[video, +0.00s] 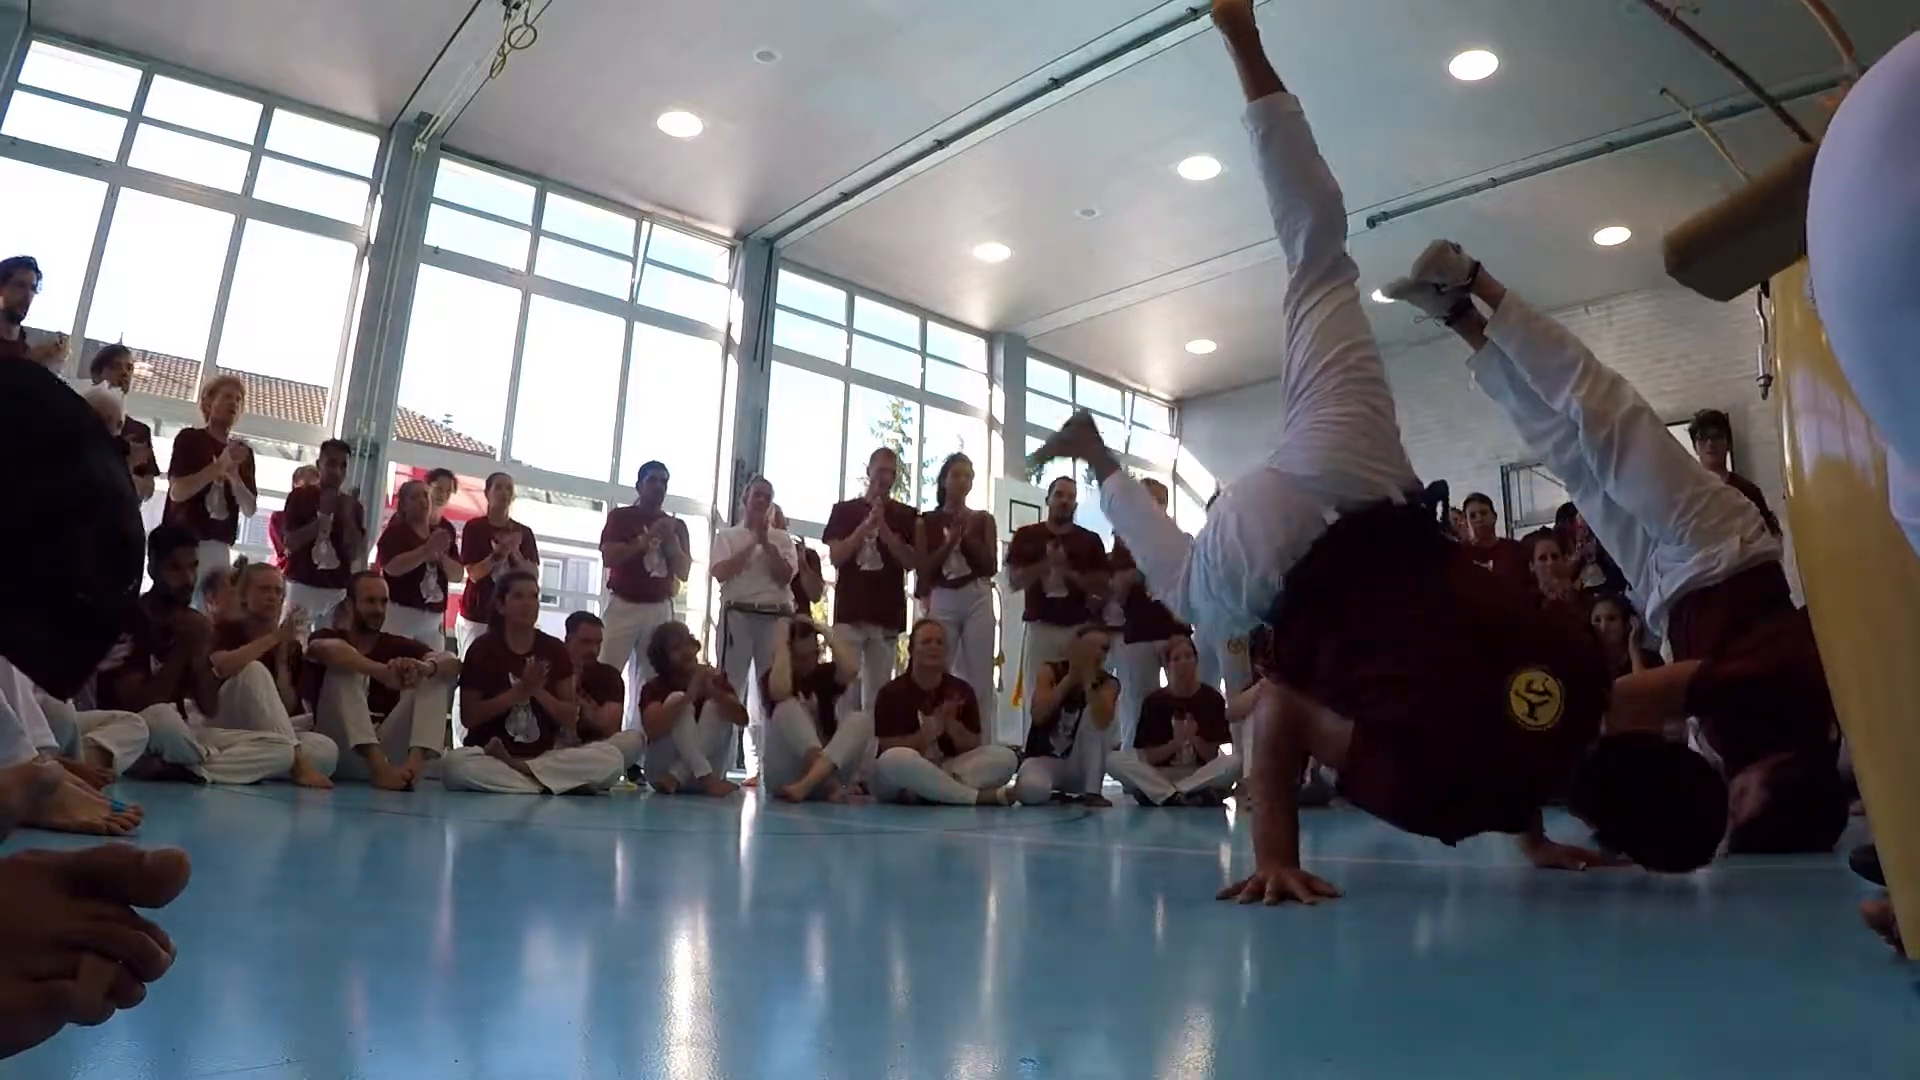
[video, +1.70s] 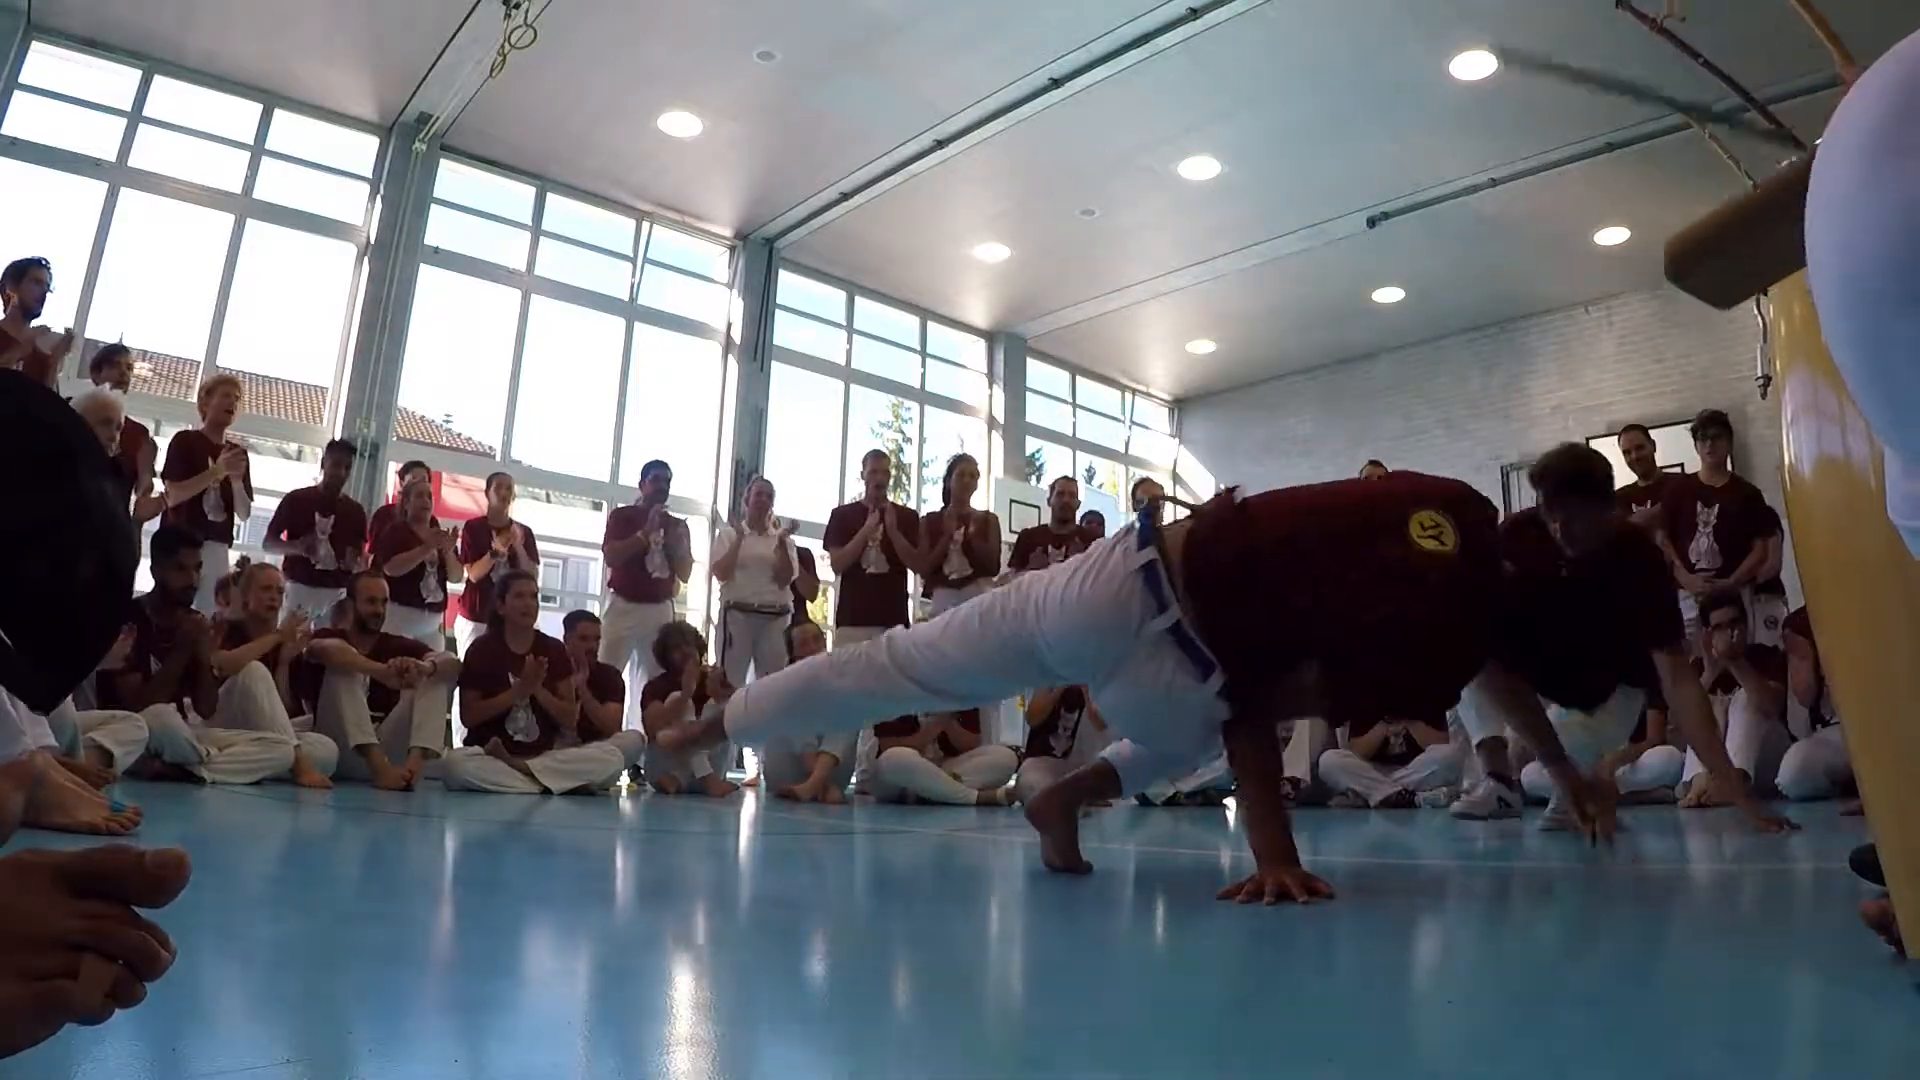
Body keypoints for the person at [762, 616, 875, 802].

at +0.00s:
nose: (810, 662)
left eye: (814, 654)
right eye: (802, 657)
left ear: (819, 651)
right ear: (789, 655)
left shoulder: (825, 675)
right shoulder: (772, 678)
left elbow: (850, 669)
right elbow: (781, 693)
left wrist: (825, 630)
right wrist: (782, 642)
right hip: (785, 778)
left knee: (860, 720)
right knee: (788, 708)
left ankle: (806, 784)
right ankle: (831, 784)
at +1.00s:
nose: (811, 665)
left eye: (818, 657)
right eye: (804, 658)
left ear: (828, 655)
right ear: (792, 656)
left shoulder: (835, 678)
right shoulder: (780, 679)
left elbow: (858, 684)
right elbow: (776, 699)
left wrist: (838, 650)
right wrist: (787, 648)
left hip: (832, 778)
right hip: (785, 776)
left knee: (851, 710)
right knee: (796, 700)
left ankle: (812, 785)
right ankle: (824, 783)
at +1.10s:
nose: (811, 664)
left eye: (818, 656)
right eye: (804, 657)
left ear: (827, 654)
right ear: (794, 656)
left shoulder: (836, 679)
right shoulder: (780, 680)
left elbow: (859, 687)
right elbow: (775, 701)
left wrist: (839, 656)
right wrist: (791, 653)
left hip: (832, 779)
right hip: (785, 777)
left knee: (851, 711)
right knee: (797, 701)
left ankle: (812, 785)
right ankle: (824, 783)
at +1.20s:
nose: (806, 657)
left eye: (812, 649)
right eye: (799, 652)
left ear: (821, 648)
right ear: (790, 653)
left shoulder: (836, 679)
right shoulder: (781, 679)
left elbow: (860, 695)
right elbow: (773, 703)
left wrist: (838, 659)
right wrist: (807, 668)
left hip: (831, 778)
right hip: (785, 776)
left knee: (847, 711)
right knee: (796, 700)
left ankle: (812, 785)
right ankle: (824, 783)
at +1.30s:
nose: (810, 655)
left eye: (814, 647)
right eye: (801, 653)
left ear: (823, 645)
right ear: (791, 658)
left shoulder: (839, 679)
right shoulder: (785, 678)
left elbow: (860, 696)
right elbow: (775, 701)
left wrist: (844, 664)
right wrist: (817, 683)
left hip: (832, 778)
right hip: (785, 776)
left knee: (846, 709)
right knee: (795, 702)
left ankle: (812, 785)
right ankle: (825, 783)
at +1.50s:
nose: (810, 651)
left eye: (813, 642)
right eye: (800, 649)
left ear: (821, 644)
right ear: (790, 656)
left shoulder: (837, 678)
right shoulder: (784, 677)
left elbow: (861, 699)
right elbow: (777, 701)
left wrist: (840, 658)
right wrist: (833, 697)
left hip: (832, 779)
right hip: (786, 777)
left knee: (845, 709)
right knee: (795, 704)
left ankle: (812, 785)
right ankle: (824, 784)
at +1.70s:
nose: (812, 648)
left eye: (816, 640)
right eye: (803, 644)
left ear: (825, 644)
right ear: (792, 653)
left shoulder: (845, 684)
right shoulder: (781, 685)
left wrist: (814, 782)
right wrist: (824, 785)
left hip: (833, 779)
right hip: (785, 778)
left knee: (847, 720)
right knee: (794, 723)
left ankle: (812, 785)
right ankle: (825, 786)